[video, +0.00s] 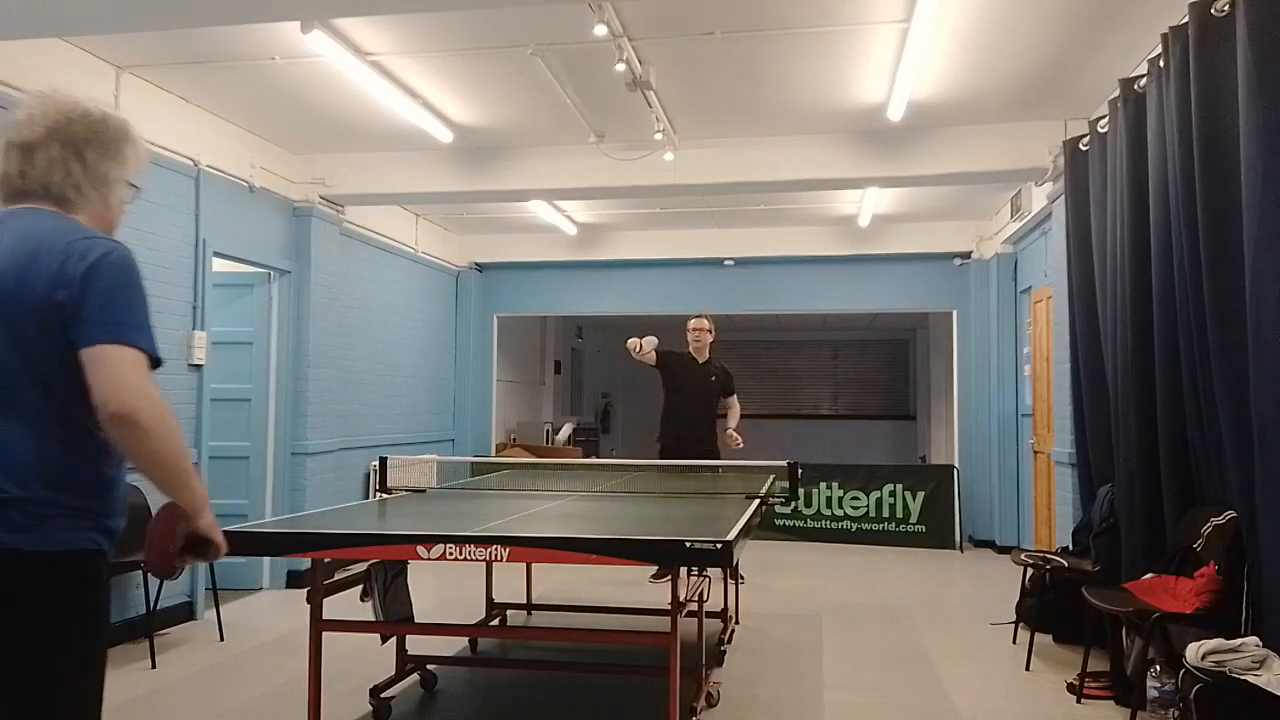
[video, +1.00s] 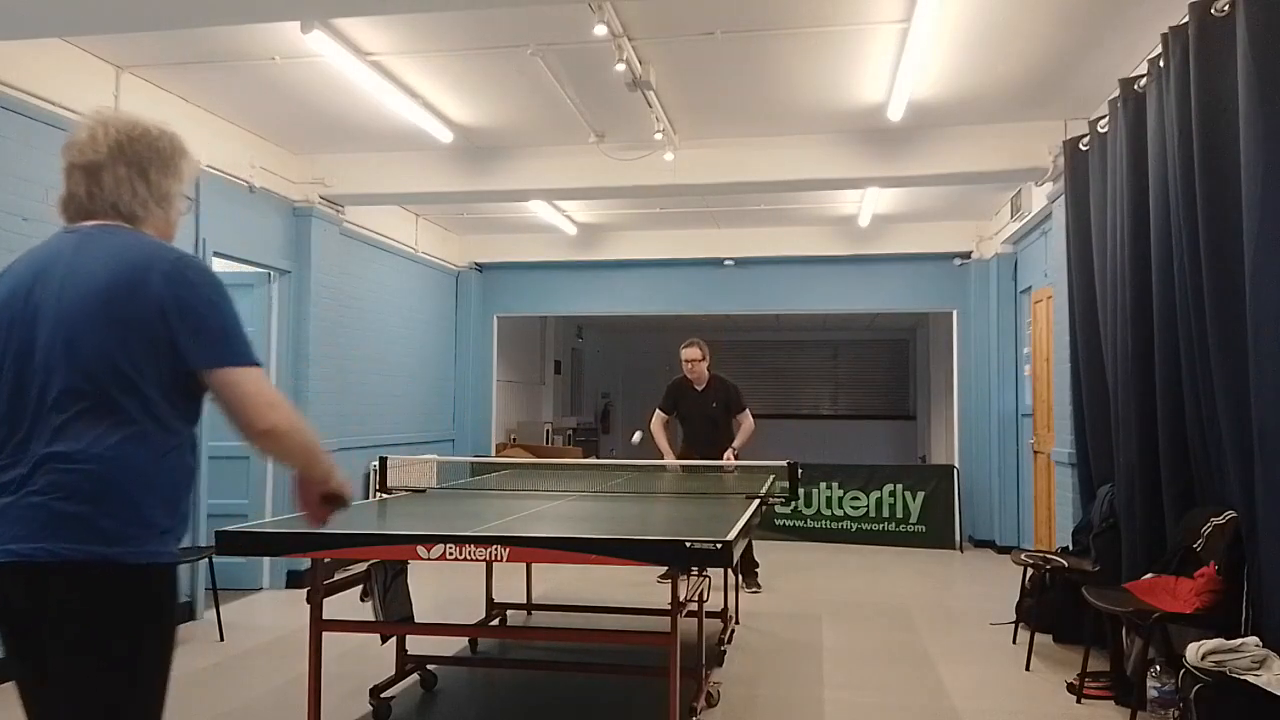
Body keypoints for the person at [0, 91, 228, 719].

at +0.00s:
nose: (129, 205)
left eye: (133, 190)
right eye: (128, 187)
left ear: (26, 168)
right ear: (91, 179)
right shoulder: (92, 258)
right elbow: (123, 403)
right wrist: (193, 506)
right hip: (46, 557)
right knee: (53, 706)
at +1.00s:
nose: (183, 213)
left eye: (186, 198)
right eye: (181, 197)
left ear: (75, 192)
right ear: (155, 195)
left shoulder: (15, 277)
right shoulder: (172, 274)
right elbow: (263, 417)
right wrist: (319, 469)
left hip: (13, 561)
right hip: (118, 564)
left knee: (50, 707)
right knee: (119, 708)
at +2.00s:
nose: (17, 210)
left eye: (20, 198)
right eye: (18, 196)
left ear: (13, 191)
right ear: (6, 188)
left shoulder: (17, 265)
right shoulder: (11, 263)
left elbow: (20, 413)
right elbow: (18, 415)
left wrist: (41, 533)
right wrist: (44, 533)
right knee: (11, 699)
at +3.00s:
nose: (123, 244)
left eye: (126, 233)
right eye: (122, 231)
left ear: (37, 207)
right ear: (97, 221)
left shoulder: (6, 261)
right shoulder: (102, 284)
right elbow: (117, 407)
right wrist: (164, 521)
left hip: (8, 529)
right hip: (64, 539)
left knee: (18, 694)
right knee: (62, 702)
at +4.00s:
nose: (226, 245)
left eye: (229, 234)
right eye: (225, 232)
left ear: (141, 214)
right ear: (207, 222)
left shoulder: (71, 283)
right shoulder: (220, 282)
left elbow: (52, 392)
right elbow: (247, 407)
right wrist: (291, 514)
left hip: (57, 526)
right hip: (164, 528)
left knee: (60, 697)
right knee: (169, 699)